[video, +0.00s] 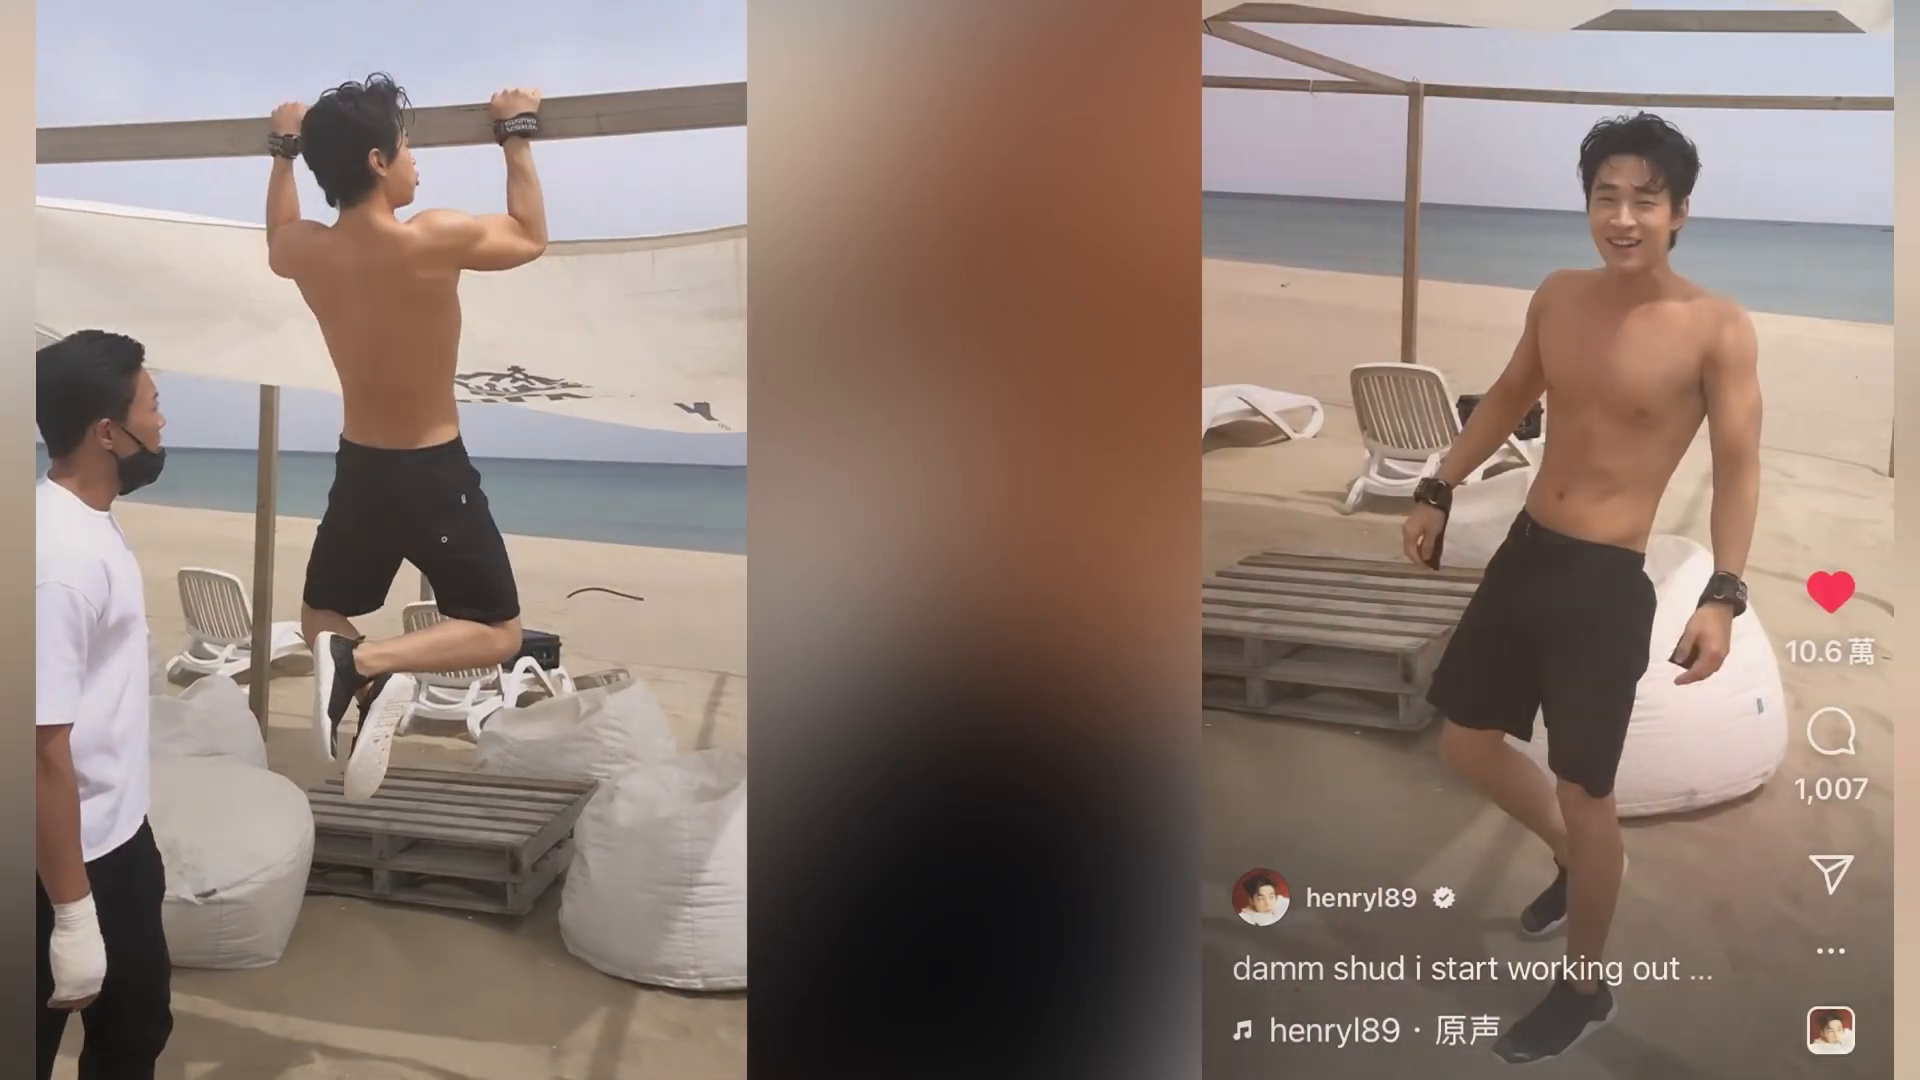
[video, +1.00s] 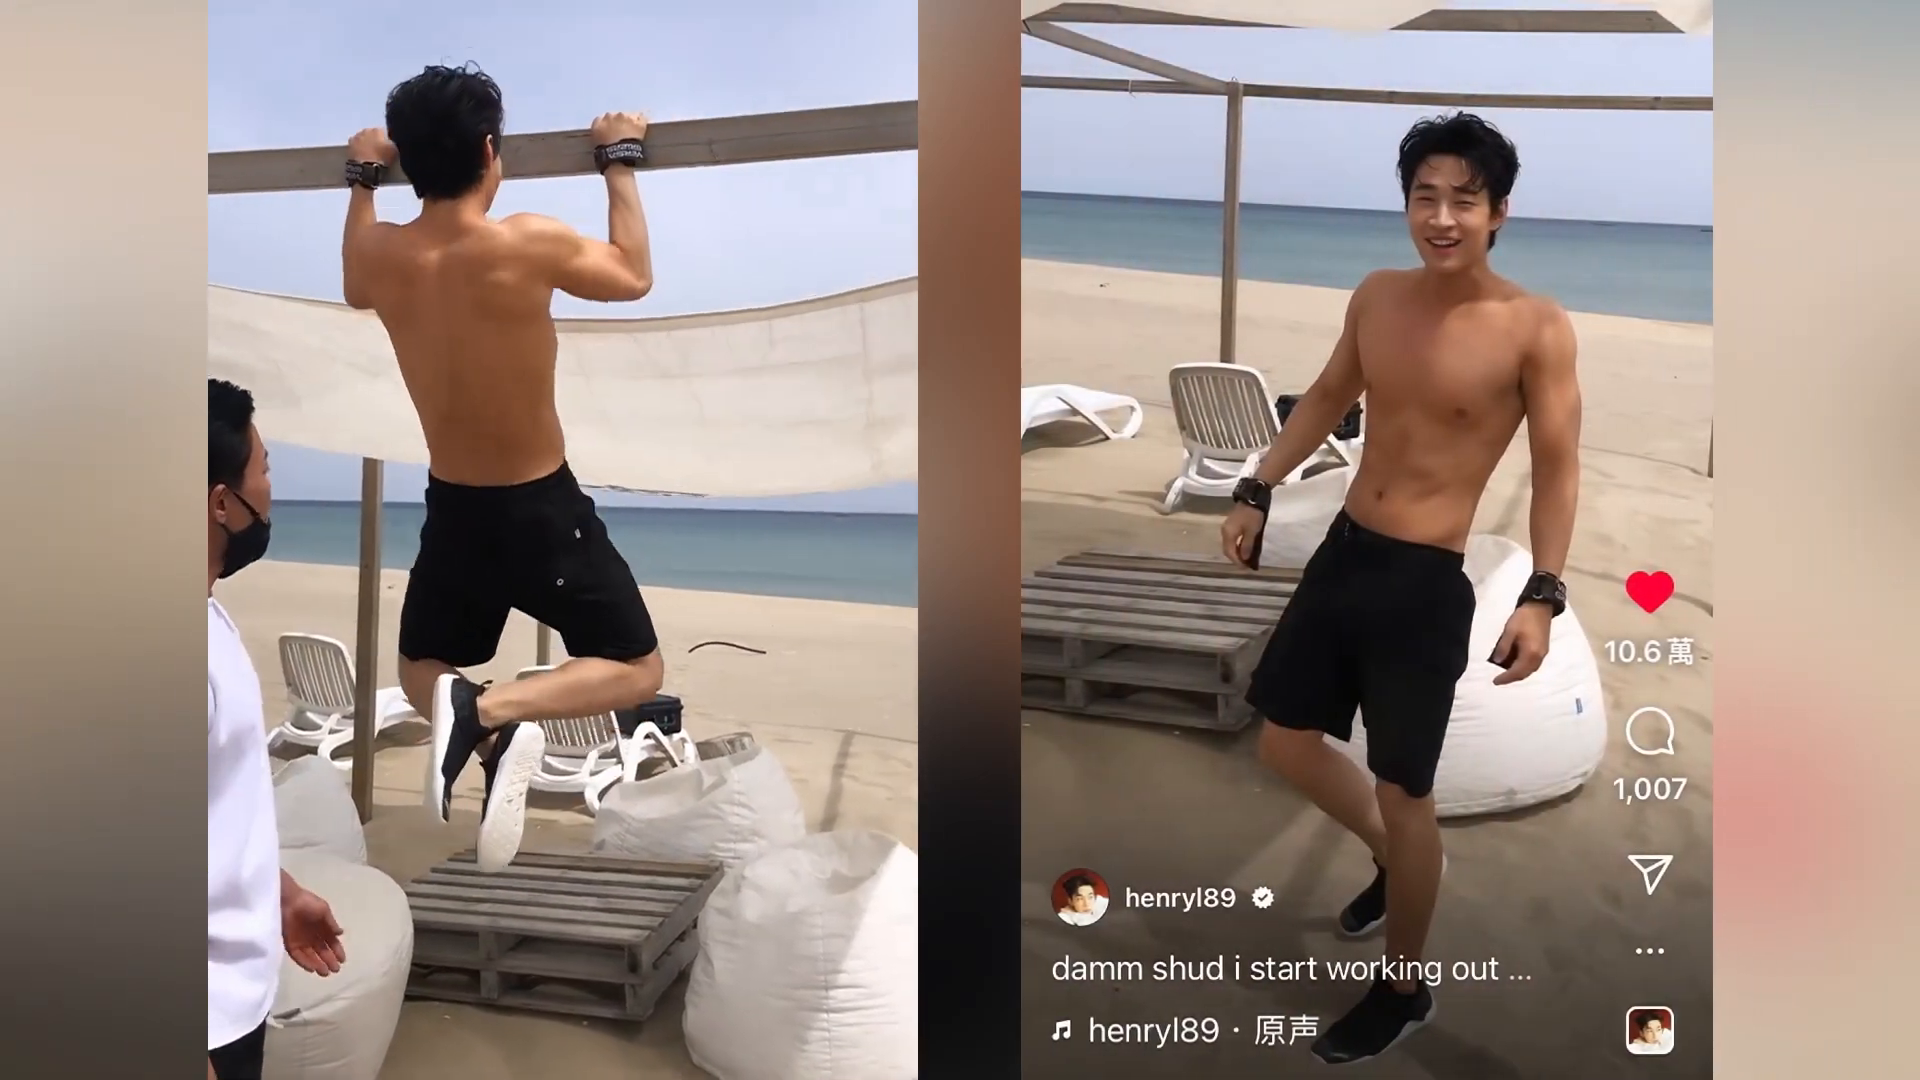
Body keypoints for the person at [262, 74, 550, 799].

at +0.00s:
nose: (414, 157)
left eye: (408, 142)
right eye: (404, 145)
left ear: (333, 169)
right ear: (378, 161)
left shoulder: (308, 250)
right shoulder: (433, 237)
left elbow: (281, 238)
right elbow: (529, 235)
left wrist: (282, 152)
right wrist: (519, 135)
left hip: (360, 475)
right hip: (436, 476)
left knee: (323, 614)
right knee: (500, 632)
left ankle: (370, 706)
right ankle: (363, 660)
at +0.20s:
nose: (489, 224)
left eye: (484, 214)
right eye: (485, 215)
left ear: (407, 241)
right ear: (477, 233)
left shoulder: (401, 314)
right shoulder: (523, 299)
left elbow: (371, 248)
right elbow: (606, 248)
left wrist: (362, 160)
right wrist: (600, 144)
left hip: (454, 529)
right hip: (529, 529)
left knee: (411, 659)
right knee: (592, 683)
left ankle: (470, 749)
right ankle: (450, 719)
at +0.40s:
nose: (532, 262)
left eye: (520, 255)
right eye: (526, 255)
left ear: (452, 286)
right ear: (519, 275)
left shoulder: (445, 356)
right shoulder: (565, 337)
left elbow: (410, 267)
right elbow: (641, 262)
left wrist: (397, 167)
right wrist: (635, 151)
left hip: (498, 571)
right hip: (576, 573)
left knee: (452, 703)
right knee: (635, 732)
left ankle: (512, 801)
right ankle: (495, 774)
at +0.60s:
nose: (538, 263)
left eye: (526, 256)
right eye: (533, 257)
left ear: (459, 290)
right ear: (526, 277)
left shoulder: (449, 361)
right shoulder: (575, 343)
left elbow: (416, 275)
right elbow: (653, 270)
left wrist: (401, 177)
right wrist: (645, 158)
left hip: (509, 582)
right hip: (589, 583)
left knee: (464, 721)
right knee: (651, 746)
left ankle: (520, 818)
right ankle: (510, 792)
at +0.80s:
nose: (520, 229)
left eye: (515, 215)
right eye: (517, 216)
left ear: (428, 239)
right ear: (506, 232)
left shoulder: (416, 323)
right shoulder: (552, 313)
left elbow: (394, 268)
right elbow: (648, 272)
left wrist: (385, 176)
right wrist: (637, 160)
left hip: (490, 558)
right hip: (575, 556)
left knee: (448, 703)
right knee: (656, 716)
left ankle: (508, 780)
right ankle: (506, 744)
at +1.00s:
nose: (501, 150)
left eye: (496, 139)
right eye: (496, 139)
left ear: (405, 165)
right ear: (489, 153)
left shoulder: (383, 254)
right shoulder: (528, 243)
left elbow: (357, 285)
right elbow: (632, 274)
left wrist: (361, 178)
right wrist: (619, 163)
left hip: (454, 512)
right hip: (542, 508)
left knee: (423, 675)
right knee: (639, 673)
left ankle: (498, 749)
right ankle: (483, 707)